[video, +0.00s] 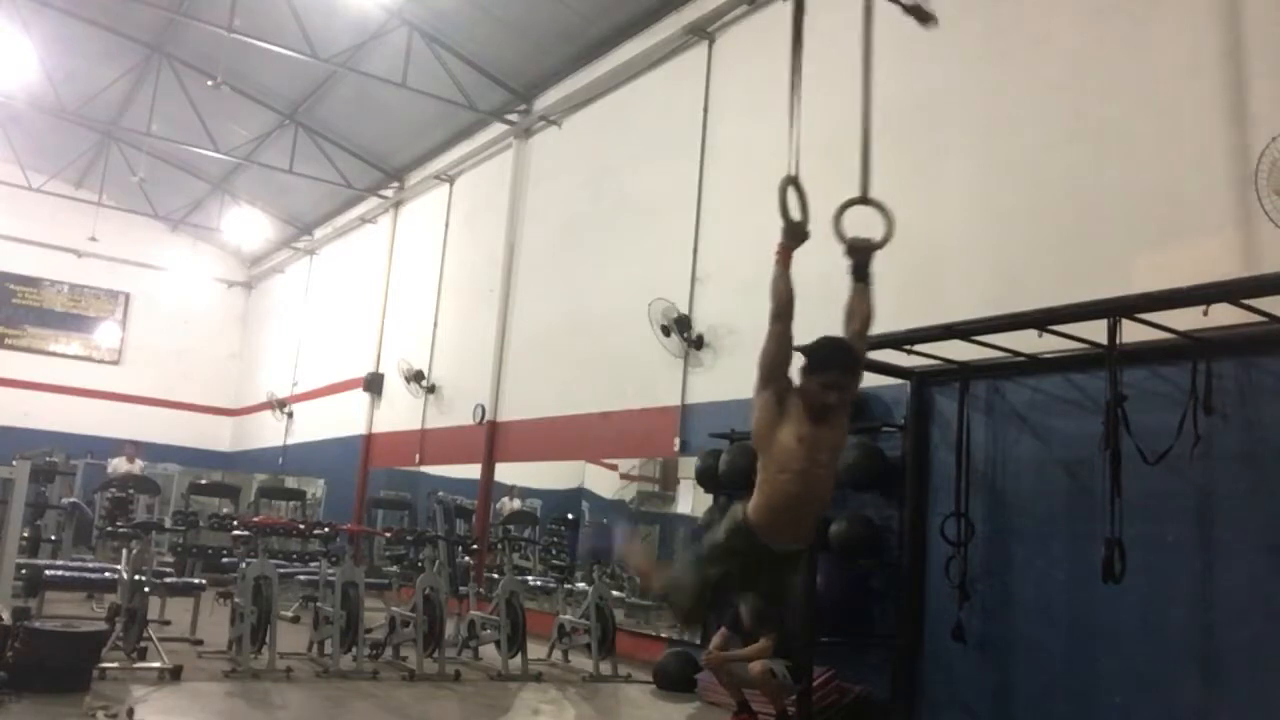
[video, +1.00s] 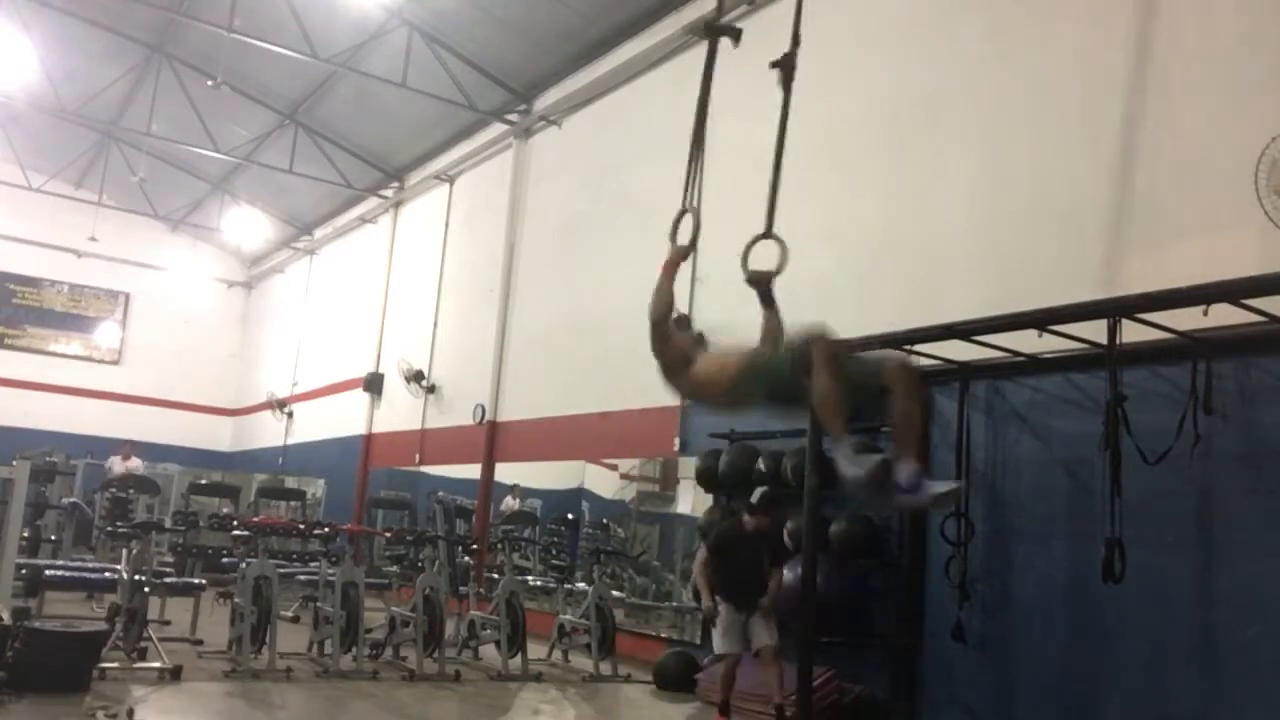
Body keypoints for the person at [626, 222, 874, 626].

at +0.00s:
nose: (834, 399)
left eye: (843, 391)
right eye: (826, 387)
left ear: (851, 389)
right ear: (804, 376)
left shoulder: (840, 411)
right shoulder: (775, 401)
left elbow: (857, 332)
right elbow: (780, 321)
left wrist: (861, 268)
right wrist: (784, 255)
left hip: (793, 556)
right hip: (744, 541)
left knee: (787, 648)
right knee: (685, 606)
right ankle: (631, 552)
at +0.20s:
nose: (854, 387)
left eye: (863, 380)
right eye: (849, 374)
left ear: (868, 377)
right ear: (827, 359)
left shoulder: (853, 396)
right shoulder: (790, 387)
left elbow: (888, 328)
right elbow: (794, 308)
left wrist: (899, 259)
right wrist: (804, 234)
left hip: (772, 523)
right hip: (733, 499)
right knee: (651, 510)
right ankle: (643, 427)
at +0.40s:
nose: (852, 388)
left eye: (859, 380)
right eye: (846, 376)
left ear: (863, 378)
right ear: (819, 365)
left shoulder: (849, 403)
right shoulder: (787, 390)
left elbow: (876, 333)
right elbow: (792, 313)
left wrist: (880, 268)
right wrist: (801, 246)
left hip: (774, 537)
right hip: (735, 514)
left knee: (728, 579)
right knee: (665, 549)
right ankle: (637, 486)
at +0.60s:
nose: (810, 393)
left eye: (815, 386)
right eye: (801, 384)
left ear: (823, 387)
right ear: (778, 382)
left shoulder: (811, 418)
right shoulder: (754, 411)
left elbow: (828, 349)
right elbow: (761, 336)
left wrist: (830, 283)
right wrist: (764, 275)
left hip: (776, 562)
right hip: (734, 552)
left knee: (745, 659)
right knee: (712, 659)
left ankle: (702, 697)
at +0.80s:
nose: (744, 386)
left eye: (746, 380)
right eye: (735, 378)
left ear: (747, 385)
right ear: (714, 382)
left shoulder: (745, 415)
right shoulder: (699, 413)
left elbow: (763, 353)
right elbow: (702, 342)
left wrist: (765, 293)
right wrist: (708, 283)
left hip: (760, 525)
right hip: (728, 532)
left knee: (829, 542)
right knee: (806, 538)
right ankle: (887, 585)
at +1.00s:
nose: (693, 333)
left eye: (691, 328)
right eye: (683, 329)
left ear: (696, 337)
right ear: (669, 343)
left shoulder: (721, 362)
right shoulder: (685, 375)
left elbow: (771, 349)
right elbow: (658, 320)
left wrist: (765, 297)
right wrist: (669, 267)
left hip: (799, 374)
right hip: (770, 381)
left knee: (900, 371)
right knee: (820, 345)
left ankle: (909, 478)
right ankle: (843, 453)